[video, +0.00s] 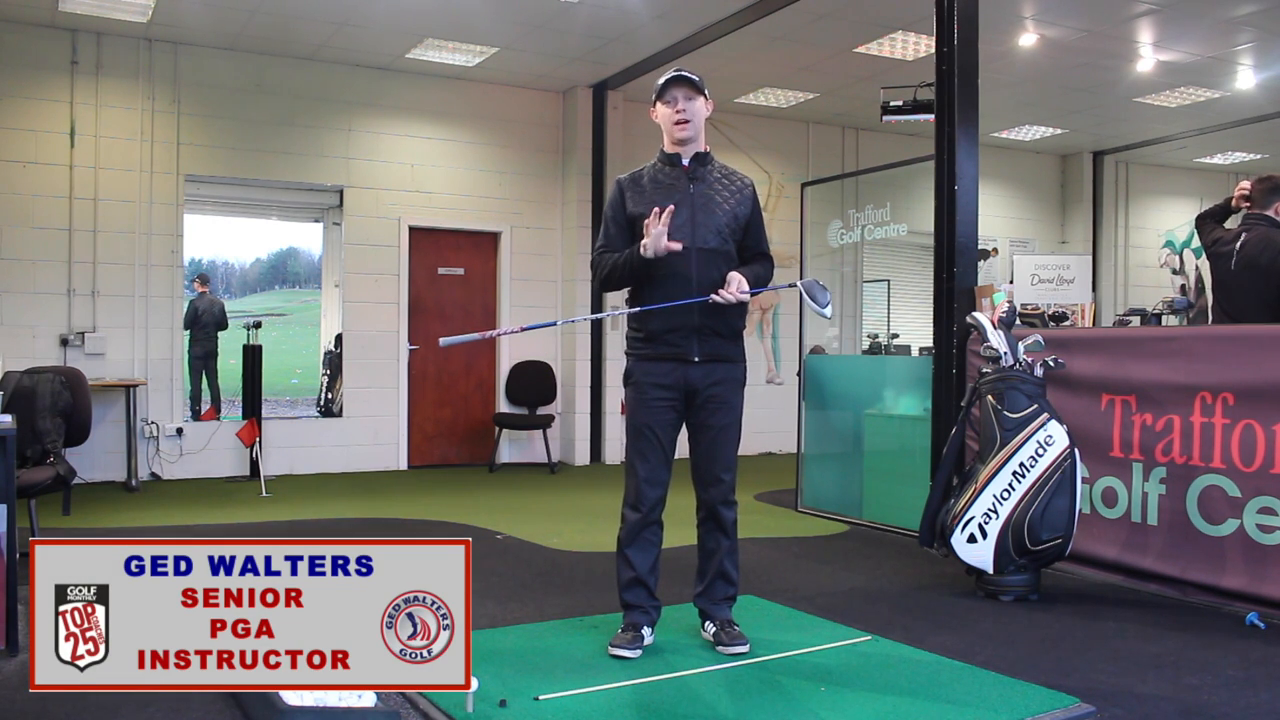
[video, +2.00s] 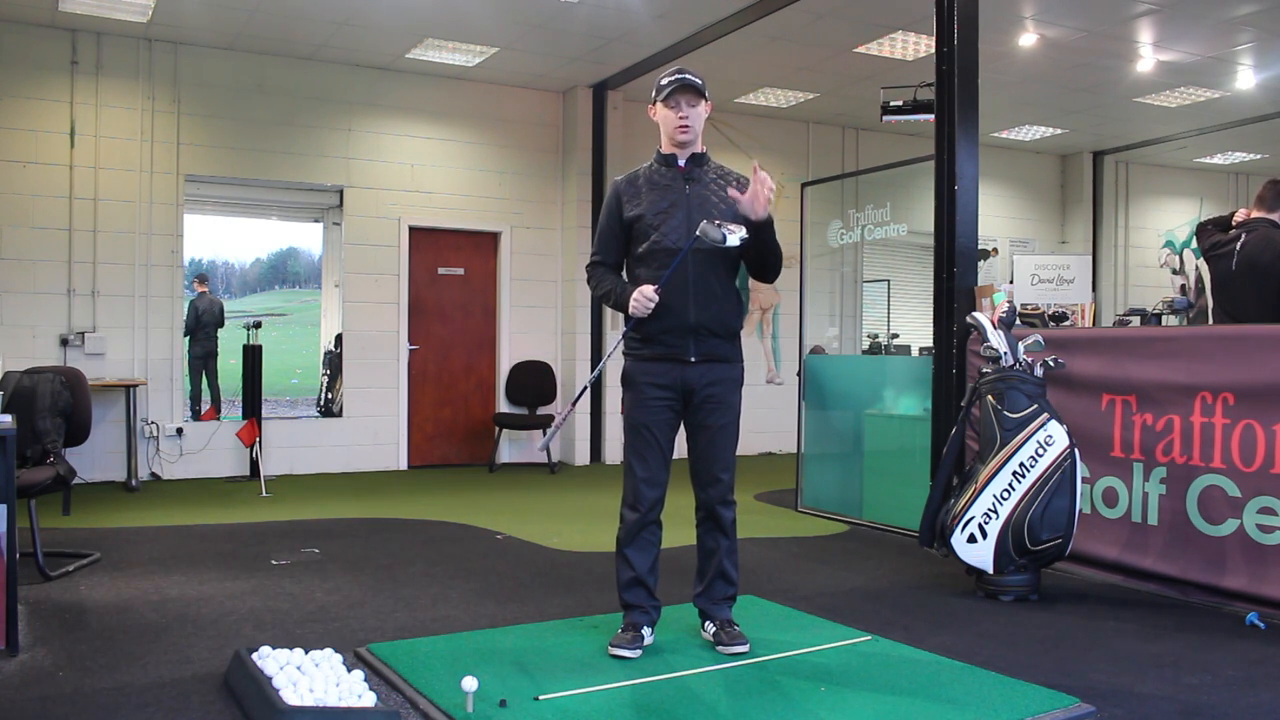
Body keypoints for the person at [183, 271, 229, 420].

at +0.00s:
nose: (194, 286)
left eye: (195, 284)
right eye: (194, 284)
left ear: (199, 285)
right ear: (207, 285)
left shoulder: (195, 302)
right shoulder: (218, 302)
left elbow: (186, 325)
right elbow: (224, 325)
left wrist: (197, 320)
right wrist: (211, 326)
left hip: (197, 345)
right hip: (212, 346)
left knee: (196, 382)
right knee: (213, 381)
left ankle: (196, 414)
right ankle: (216, 412)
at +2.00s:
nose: (193, 286)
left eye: (194, 284)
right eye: (194, 283)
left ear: (198, 284)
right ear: (207, 284)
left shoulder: (195, 302)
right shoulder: (217, 302)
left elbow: (190, 326)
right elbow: (221, 323)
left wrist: (184, 333)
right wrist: (209, 323)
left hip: (197, 345)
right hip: (212, 344)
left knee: (196, 382)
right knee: (213, 381)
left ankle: (195, 414)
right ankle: (216, 412)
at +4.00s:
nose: (191, 287)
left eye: (192, 285)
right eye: (191, 285)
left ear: (197, 285)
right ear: (204, 285)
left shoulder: (194, 302)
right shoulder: (217, 301)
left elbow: (188, 325)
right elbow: (223, 324)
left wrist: (189, 330)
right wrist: (210, 325)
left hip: (197, 345)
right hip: (212, 345)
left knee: (194, 383)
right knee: (213, 381)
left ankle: (195, 414)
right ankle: (216, 412)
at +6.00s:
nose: (191, 287)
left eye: (192, 284)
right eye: (191, 284)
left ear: (197, 285)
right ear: (204, 284)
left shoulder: (194, 302)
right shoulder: (217, 302)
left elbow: (185, 324)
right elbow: (222, 325)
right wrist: (209, 325)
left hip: (196, 345)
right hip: (211, 345)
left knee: (194, 383)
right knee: (213, 381)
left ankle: (195, 415)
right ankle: (216, 412)